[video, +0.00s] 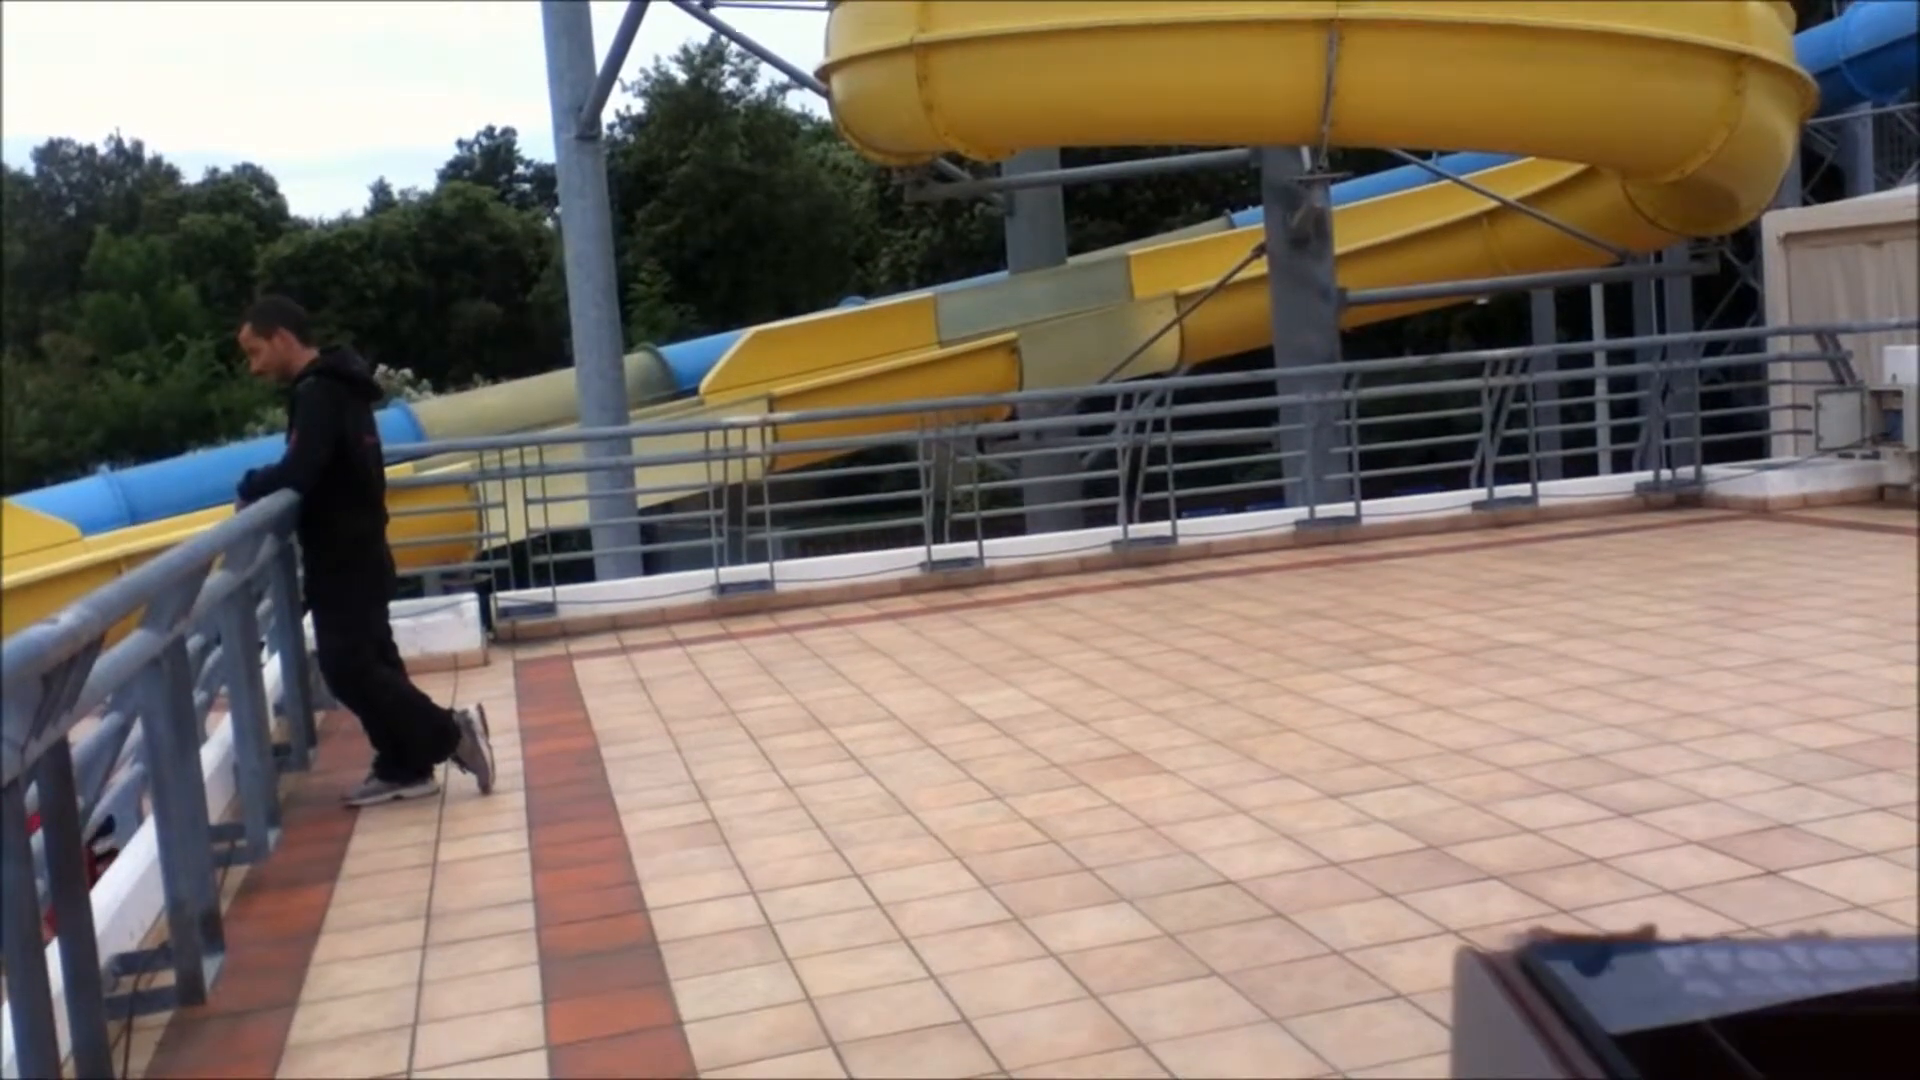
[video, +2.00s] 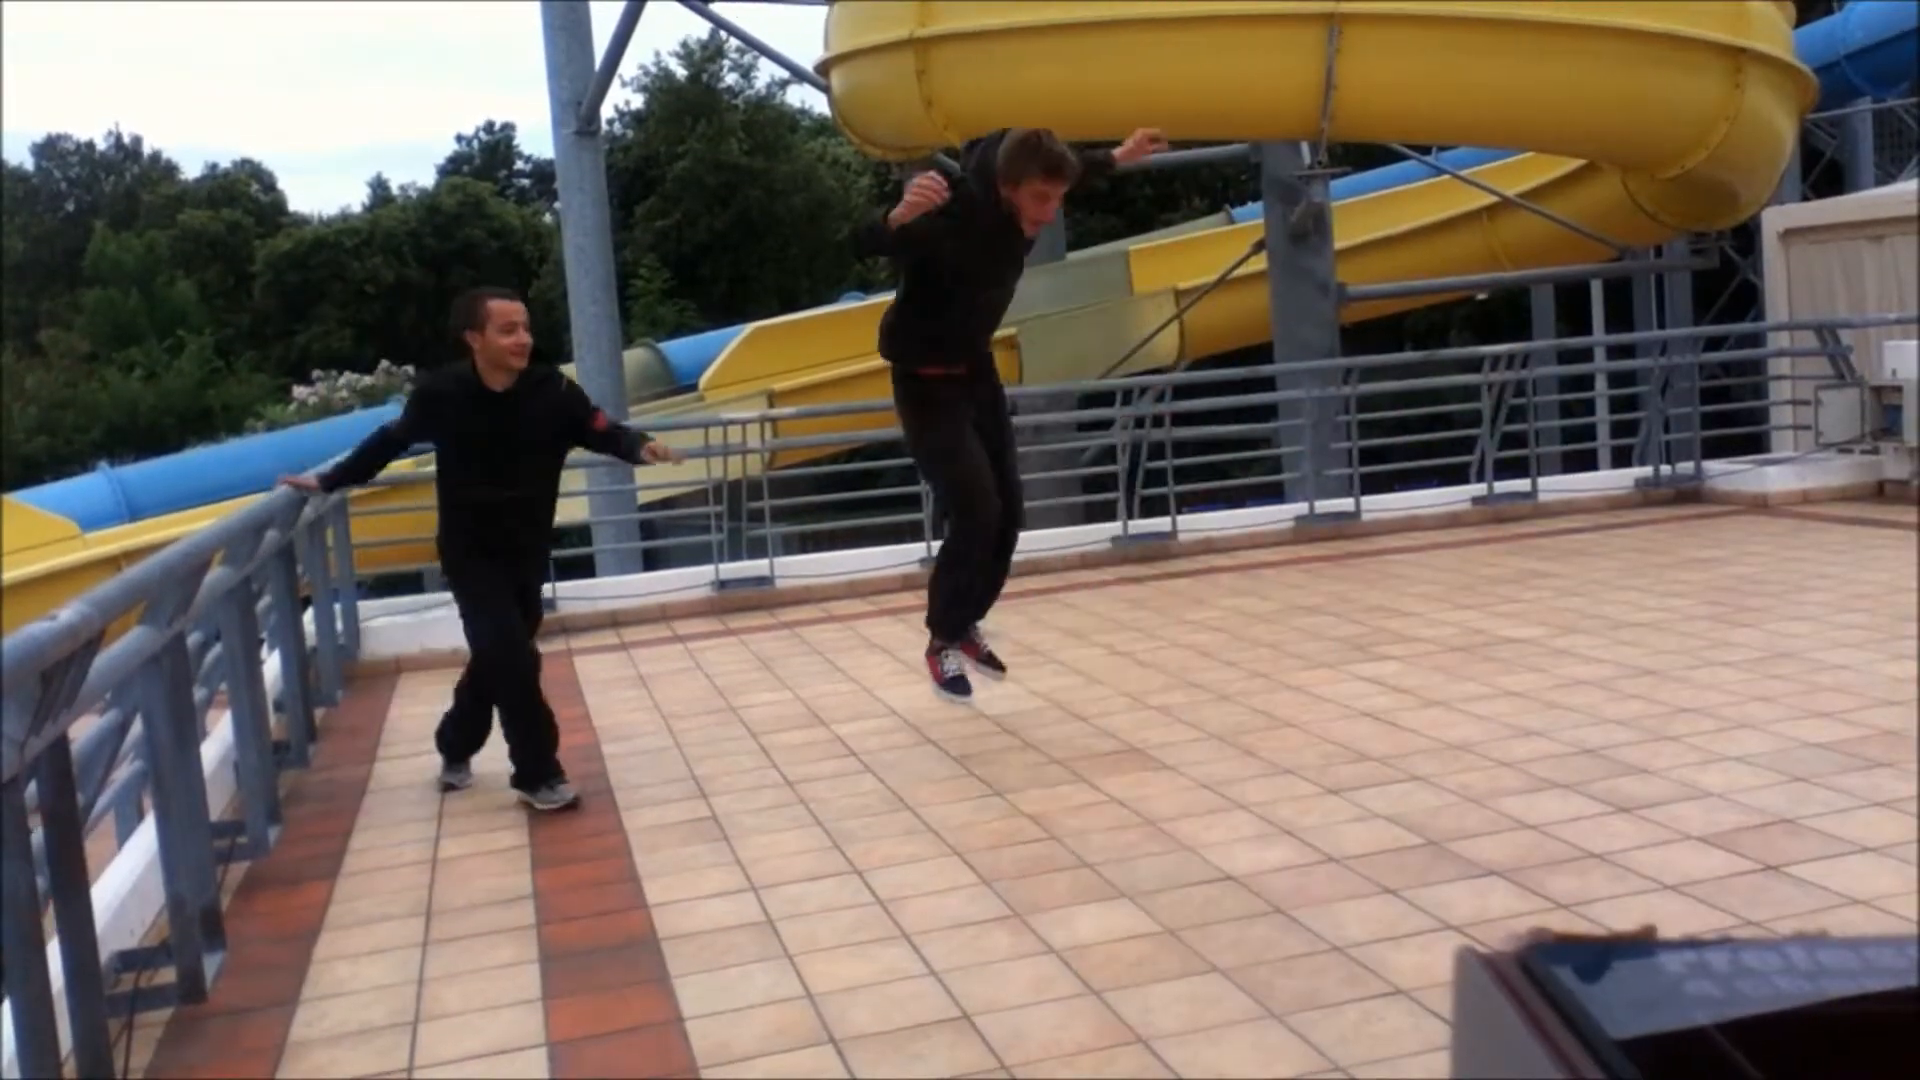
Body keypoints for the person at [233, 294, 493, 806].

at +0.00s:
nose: (252, 366)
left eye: (254, 352)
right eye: (248, 355)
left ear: (283, 339)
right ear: (288, 342)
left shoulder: (318, 392)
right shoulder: (334, 382)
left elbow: (303, 471)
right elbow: (315, 467)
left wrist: (253, 486)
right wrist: (268, 483)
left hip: (343, 558)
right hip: (357, 553)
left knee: (346, 670)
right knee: (371, 659)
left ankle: (449, 734)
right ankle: (402, 769)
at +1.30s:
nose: (314, 332)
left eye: (325, 322)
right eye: (303, 322)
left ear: (343, 328)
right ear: (289, 330)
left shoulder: (361, 383)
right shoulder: (323, 387)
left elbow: (342, 466)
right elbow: (333, 459)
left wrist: (273, 458)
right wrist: (282, 470)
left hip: (402, 543)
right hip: (371, 543)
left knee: (389, 650)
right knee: (357, 652)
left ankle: (482, 721)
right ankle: (400, 763)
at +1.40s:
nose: (344, 319)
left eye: (355, 310)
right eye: (332, 309)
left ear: (369, 319)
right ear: (313, 319)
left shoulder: (398, 378)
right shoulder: (323, 383)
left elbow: (403, 461)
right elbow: (326, 452)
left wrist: (321, 456)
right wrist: (293, 470)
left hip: (419, 531)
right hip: (371, 535)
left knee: (418, 644)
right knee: (365, 654)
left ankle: (467, 730)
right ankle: (400, 760)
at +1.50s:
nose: (385, 316)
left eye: (393, 308)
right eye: (372, 306)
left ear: (402, 317)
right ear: (344, 316)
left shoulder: (430, 375)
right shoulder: (335, 385)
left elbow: (468, 451)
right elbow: (315, 444)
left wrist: (396, 465)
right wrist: (272, 496)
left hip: (442, 530)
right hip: (383, 532)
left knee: (441, 646)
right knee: (360, 644)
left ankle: (452, 753)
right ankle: (392, 756)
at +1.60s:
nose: (422, 321)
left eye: (427, 312)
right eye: (409, 311)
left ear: (434, 320)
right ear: (378, 319)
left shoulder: (459, 379)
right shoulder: (358, 388)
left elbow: (514, 447)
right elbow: (329, 439)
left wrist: (470, 454)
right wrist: (281, 477)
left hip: (458, 535)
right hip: (396, 538)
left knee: (462, 646)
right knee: (355, 640)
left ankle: (459, 753)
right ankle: (378, 746)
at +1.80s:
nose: (477, 302)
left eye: (481, 292)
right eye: (464, 293)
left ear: (485, 299)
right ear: (429, 300)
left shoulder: (503, 358)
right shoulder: (394, 365)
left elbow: (558, 428)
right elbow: (348, 418)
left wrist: (542, 428)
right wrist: (303, 461)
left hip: (490, 523)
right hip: (429, 527)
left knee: (483, 641)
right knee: (448, 644)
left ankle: (463, 753)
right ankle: (470, 762)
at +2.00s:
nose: (522, 339)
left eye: (526, 329)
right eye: (508, 331)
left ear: (531, 333)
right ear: (473, 340)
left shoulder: (550, 392)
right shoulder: (443, 397)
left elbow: (599, 430)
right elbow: (388, 442)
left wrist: (638, 445)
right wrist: (328, 480)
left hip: (528, 550)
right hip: (469, 551)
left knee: (502, 655)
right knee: (511, 654)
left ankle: (456, 746)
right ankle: (538, 775)